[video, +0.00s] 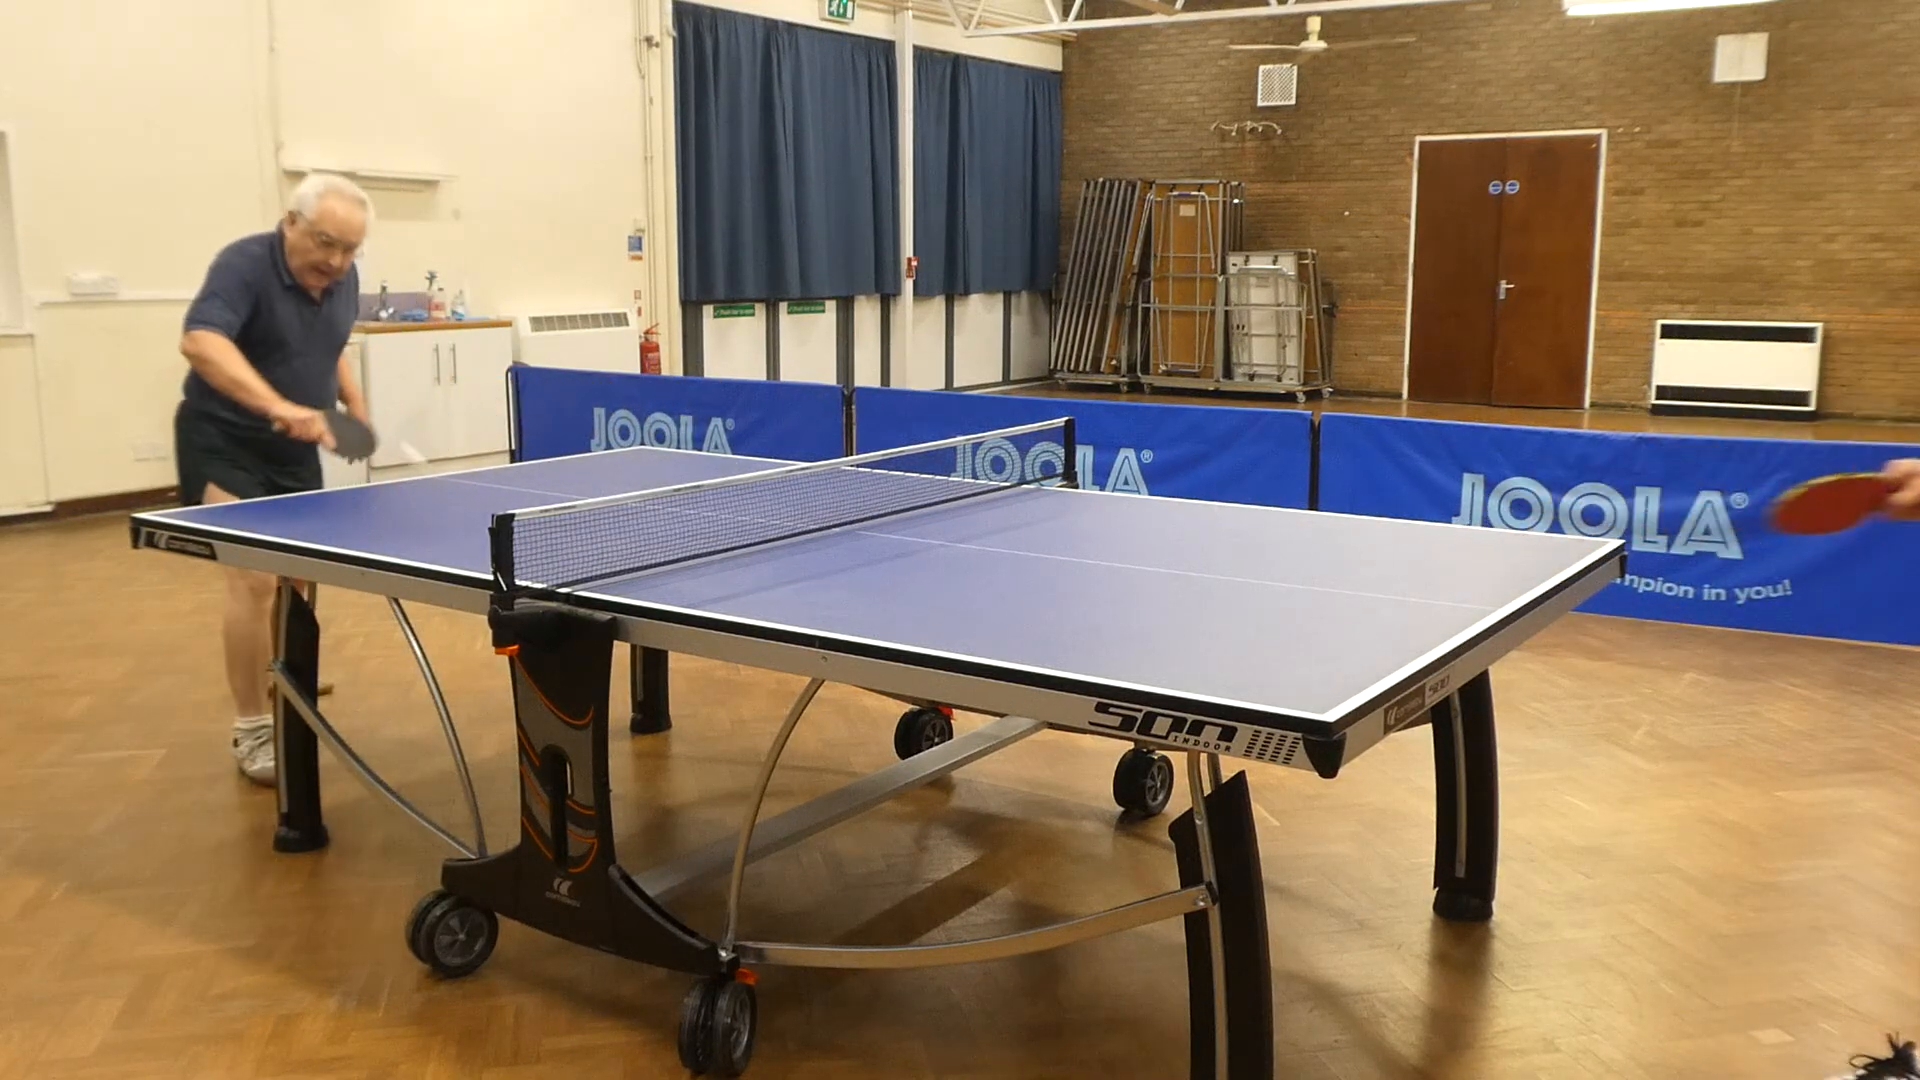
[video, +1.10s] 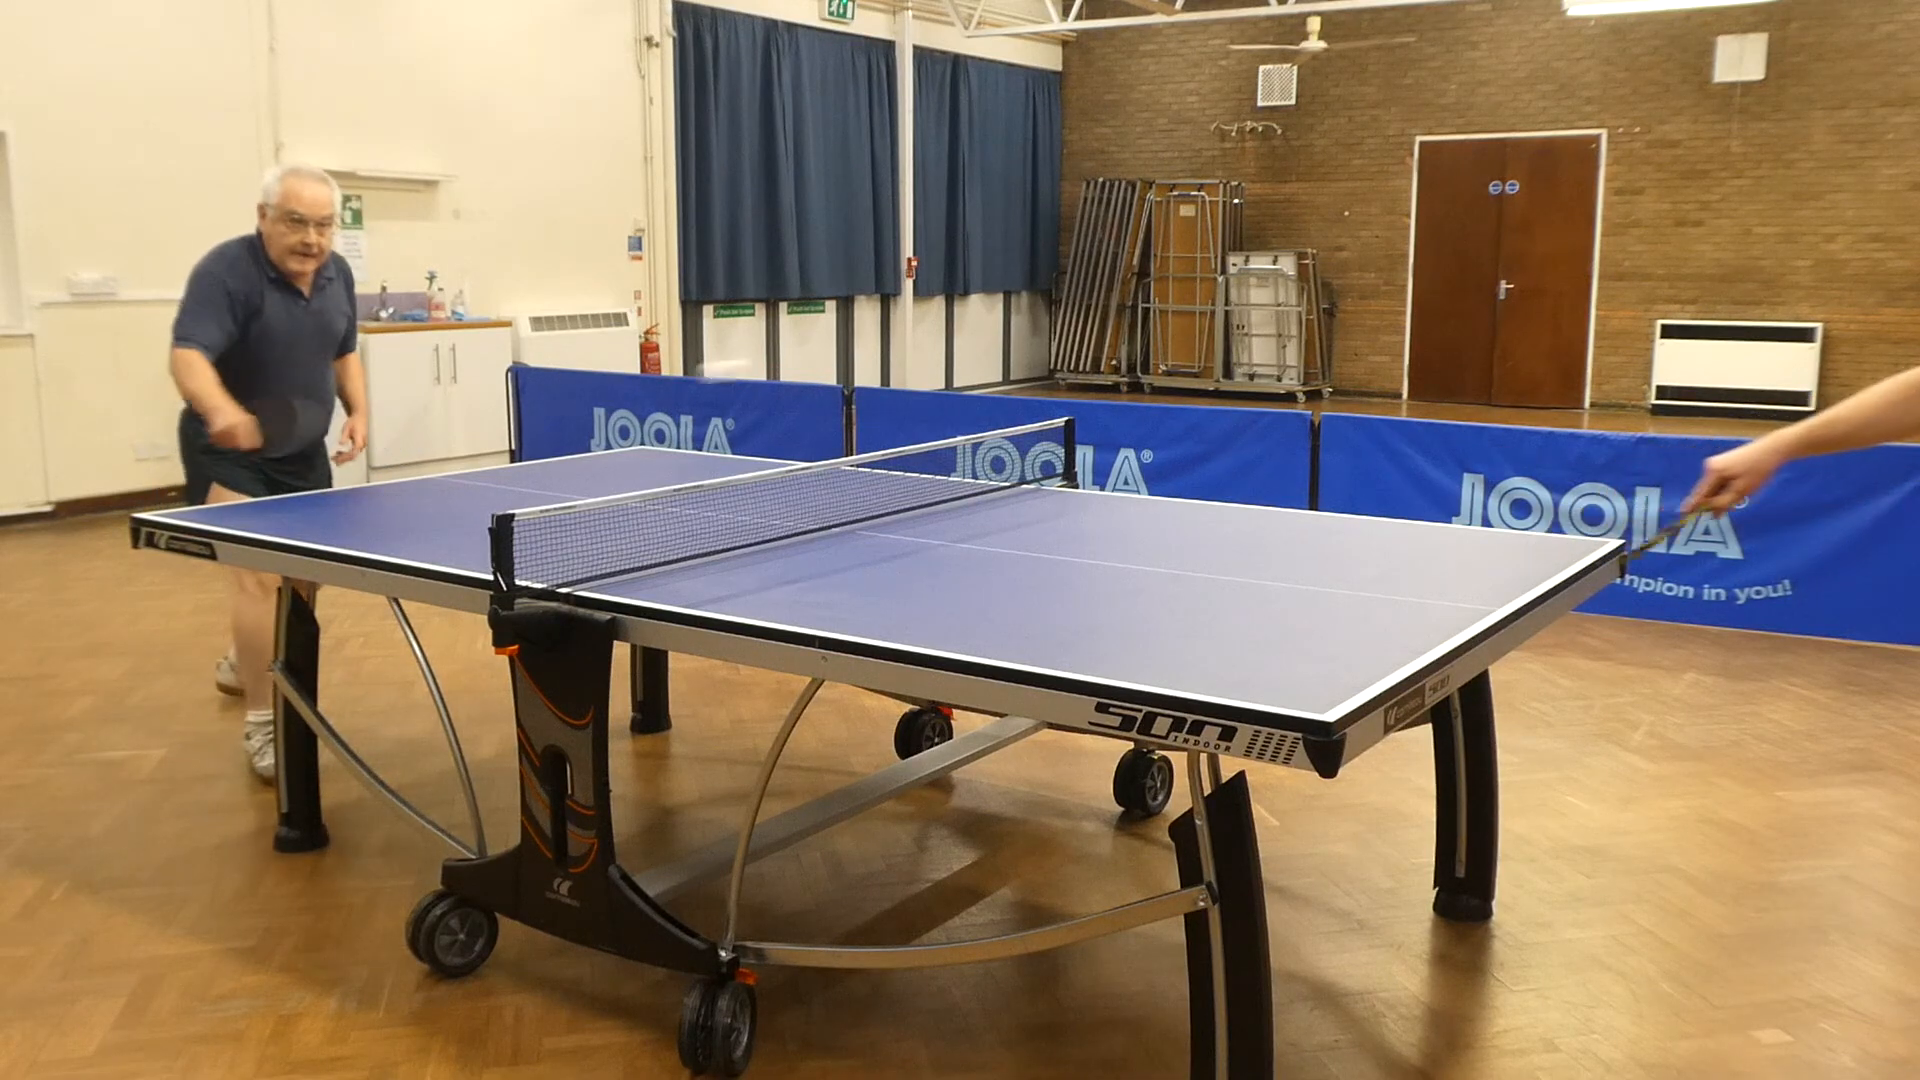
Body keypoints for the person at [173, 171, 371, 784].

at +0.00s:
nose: (337, 261)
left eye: (350, 249)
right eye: (325, 244)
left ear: (360, 243)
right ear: (290, 226)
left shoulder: (345, 278)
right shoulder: (246, 263)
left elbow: (333, 349)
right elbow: (200, 341)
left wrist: (357, 409)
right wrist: (278, 406)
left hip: (295, 446)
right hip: (224, 439)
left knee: (300, 573)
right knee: (254, 577)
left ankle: (288, 692)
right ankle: (252, 728)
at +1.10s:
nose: (312, 238)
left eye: (324, 224)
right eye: (296, 222)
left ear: (336, 223)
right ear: (264, 218)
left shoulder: (335, 273)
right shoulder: (227, 269)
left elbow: (344, 352)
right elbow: (187, 354)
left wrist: (357, 409)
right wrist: (223, 409)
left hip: (304, 452)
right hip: (236, 453)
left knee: (304, 573)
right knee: (259, 578)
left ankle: (242, 662)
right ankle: (264, 721)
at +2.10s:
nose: (336, 182)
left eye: (348, 169)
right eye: (319, 171)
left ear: (363, 170)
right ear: (293, 176)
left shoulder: (391, 231)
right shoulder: (267, 252)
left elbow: (424, 306)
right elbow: (249, 344)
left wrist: (451, 380)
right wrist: (250, 414)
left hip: (384, 430)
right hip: (299, 436)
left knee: (402, 558)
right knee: (297, 571)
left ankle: (406, 672)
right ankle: (287, 710)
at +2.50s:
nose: (273, 205)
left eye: (288, 189)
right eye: (257, 191)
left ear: (312, 186)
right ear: (237, 191)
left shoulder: (348, 234)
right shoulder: (228, 262)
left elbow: (388, 307)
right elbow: (241, 355)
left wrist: (411, 382)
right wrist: (260, 424)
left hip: (361, 439)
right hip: (278, 452)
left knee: (407, 559)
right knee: (279, 582)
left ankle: (410, 671)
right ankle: (288, 712)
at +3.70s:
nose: (362, 201)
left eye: (371, 188)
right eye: (347, 187)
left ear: (379, 187)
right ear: (309, 186)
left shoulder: (375, 238)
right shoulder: (272, 254)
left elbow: (394, 314)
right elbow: (265, 358)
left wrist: (429, 381)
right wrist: (318, 416)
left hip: (368, 429)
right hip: (291, 436)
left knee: (410, 543)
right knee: (301, 562)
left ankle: (419, 673)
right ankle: (291, 682)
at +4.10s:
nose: (386, 227)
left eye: (396, 212)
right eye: (371, 213)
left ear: (406, 212)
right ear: (337, 210)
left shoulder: (408, 258)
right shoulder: (297, 274)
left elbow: (437, 328)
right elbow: (274, 371)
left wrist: (468, 396)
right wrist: (306, 436)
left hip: (389, 434)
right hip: (315, 445)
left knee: (425, 533)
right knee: (315, 564)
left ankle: (420, 647)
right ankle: (296, 676)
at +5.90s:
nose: (402, 238)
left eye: (411, 224)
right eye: (387, 224)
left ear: (419, 225)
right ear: (351, 221)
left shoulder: (414, 271)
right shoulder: (308, 278)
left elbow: (435, 338)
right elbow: (290, 378)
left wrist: (458, 408)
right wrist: (335, 446)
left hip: (375, 426)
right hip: (302, 430)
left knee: (417, 527)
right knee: (302, 554)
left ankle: (419, 646)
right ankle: (282, 679)